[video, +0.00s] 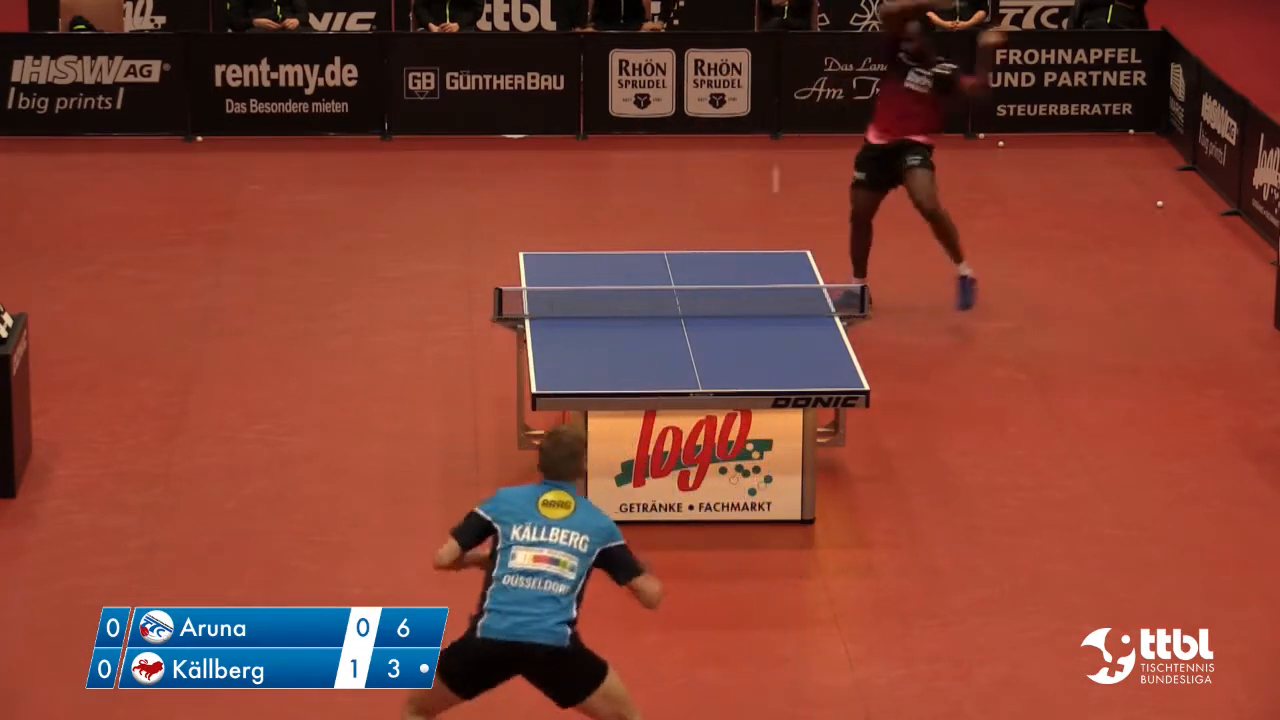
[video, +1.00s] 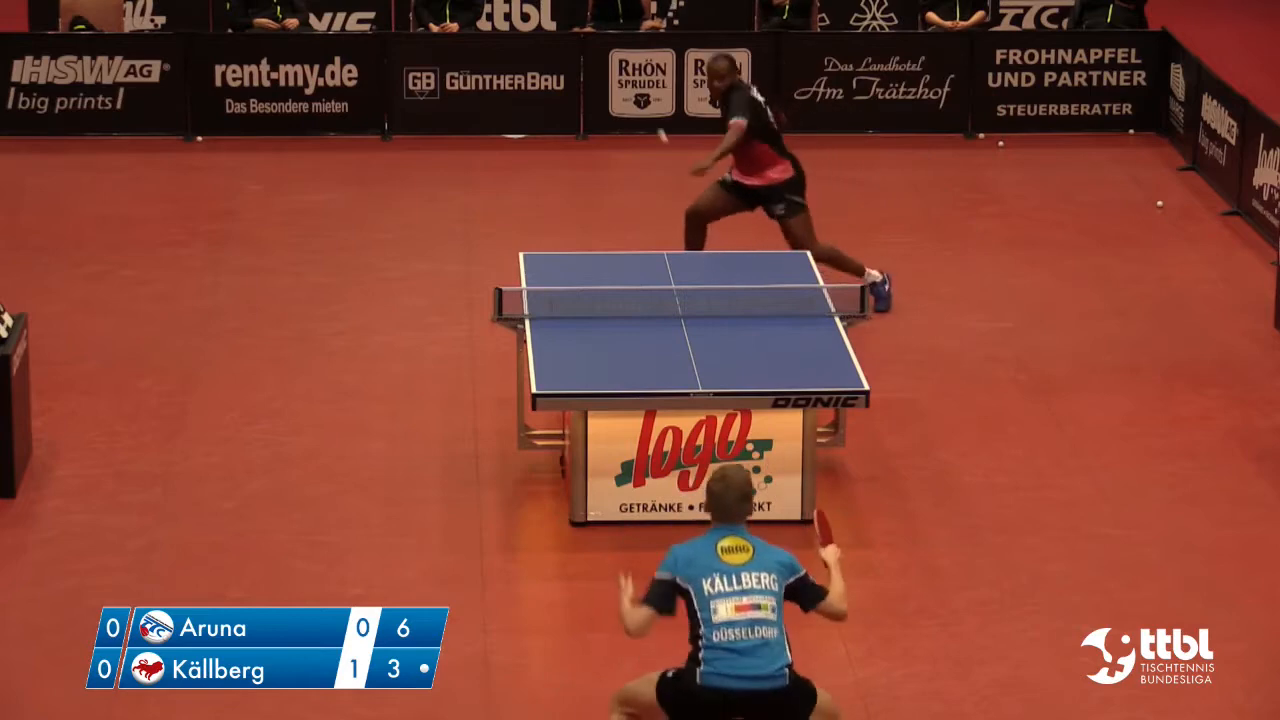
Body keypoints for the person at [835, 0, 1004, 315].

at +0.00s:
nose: (907, 45)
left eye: (913, 39)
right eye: (904, 39)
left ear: (927, 40)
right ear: (899, 40)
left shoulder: (942, 73)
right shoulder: (894, 59)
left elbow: (979, 88)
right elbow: (886, 12)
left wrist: (984, 49)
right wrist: (928, 5)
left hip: (913, 148)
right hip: (877, 147)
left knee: (928, 206)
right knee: (859, 216)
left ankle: (964, 272)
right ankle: (858, 286)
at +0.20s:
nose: (953, 79)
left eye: (958, 74)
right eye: (948, 73)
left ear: (966, 76)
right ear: (939, 73)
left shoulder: (973, 114)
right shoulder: (923, 87)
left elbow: (1001, 156)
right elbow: (911, 36)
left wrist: (1042, 174)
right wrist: (954, 33)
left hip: (933, 186)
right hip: (892, 175)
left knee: (967, 244)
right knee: (845, 234)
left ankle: (992, 297)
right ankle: (797, 260)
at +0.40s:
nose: (931, 91)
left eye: (937, 85)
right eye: (926, 84)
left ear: (944, 89)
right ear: (915, 85)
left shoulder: (939, 122)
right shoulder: (895, 108)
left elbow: (926, 172)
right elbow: (857, 127)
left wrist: (921, 219)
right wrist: (894, 118)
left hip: (924, 199)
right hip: (883, 198)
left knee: (972, 243)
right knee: (853, 257)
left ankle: (993, 298)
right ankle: (804, 292)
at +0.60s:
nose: (847, 70)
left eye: (853, 65)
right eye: (842, 65)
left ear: (862, 65)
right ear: (833, 66)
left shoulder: (878, 96)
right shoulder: (819, 91)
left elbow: (903, 133)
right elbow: (794, 120)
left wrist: (923, 174)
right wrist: (782, 130)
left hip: (863, 174)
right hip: (820, 170)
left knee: (886, 230)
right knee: (780, 216)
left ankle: (901, 284)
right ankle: (769, 277)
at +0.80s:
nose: (759, 96)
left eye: (765, 90)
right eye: (755, 90)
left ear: (776, 91)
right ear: (749, 92)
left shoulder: (787, 115)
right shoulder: (757, 118)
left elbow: (799, 159)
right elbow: (759, 161)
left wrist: (766, 188)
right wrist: (729, 190)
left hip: (809, 193)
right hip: (775, 192)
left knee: (822, 259)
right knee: (717, 224)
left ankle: (875, 280)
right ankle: (698, 283)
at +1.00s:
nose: (713, 85)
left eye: (718, 79)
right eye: (710, 79)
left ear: (733, 76)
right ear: (708, 77)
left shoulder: (740, 96)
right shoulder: (729, 95)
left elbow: (737, 131)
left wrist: (711, 160)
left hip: (780, 182)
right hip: (745, 180)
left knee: (808, 250)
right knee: (695, 214)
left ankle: (874, 279)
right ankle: (690, 278)